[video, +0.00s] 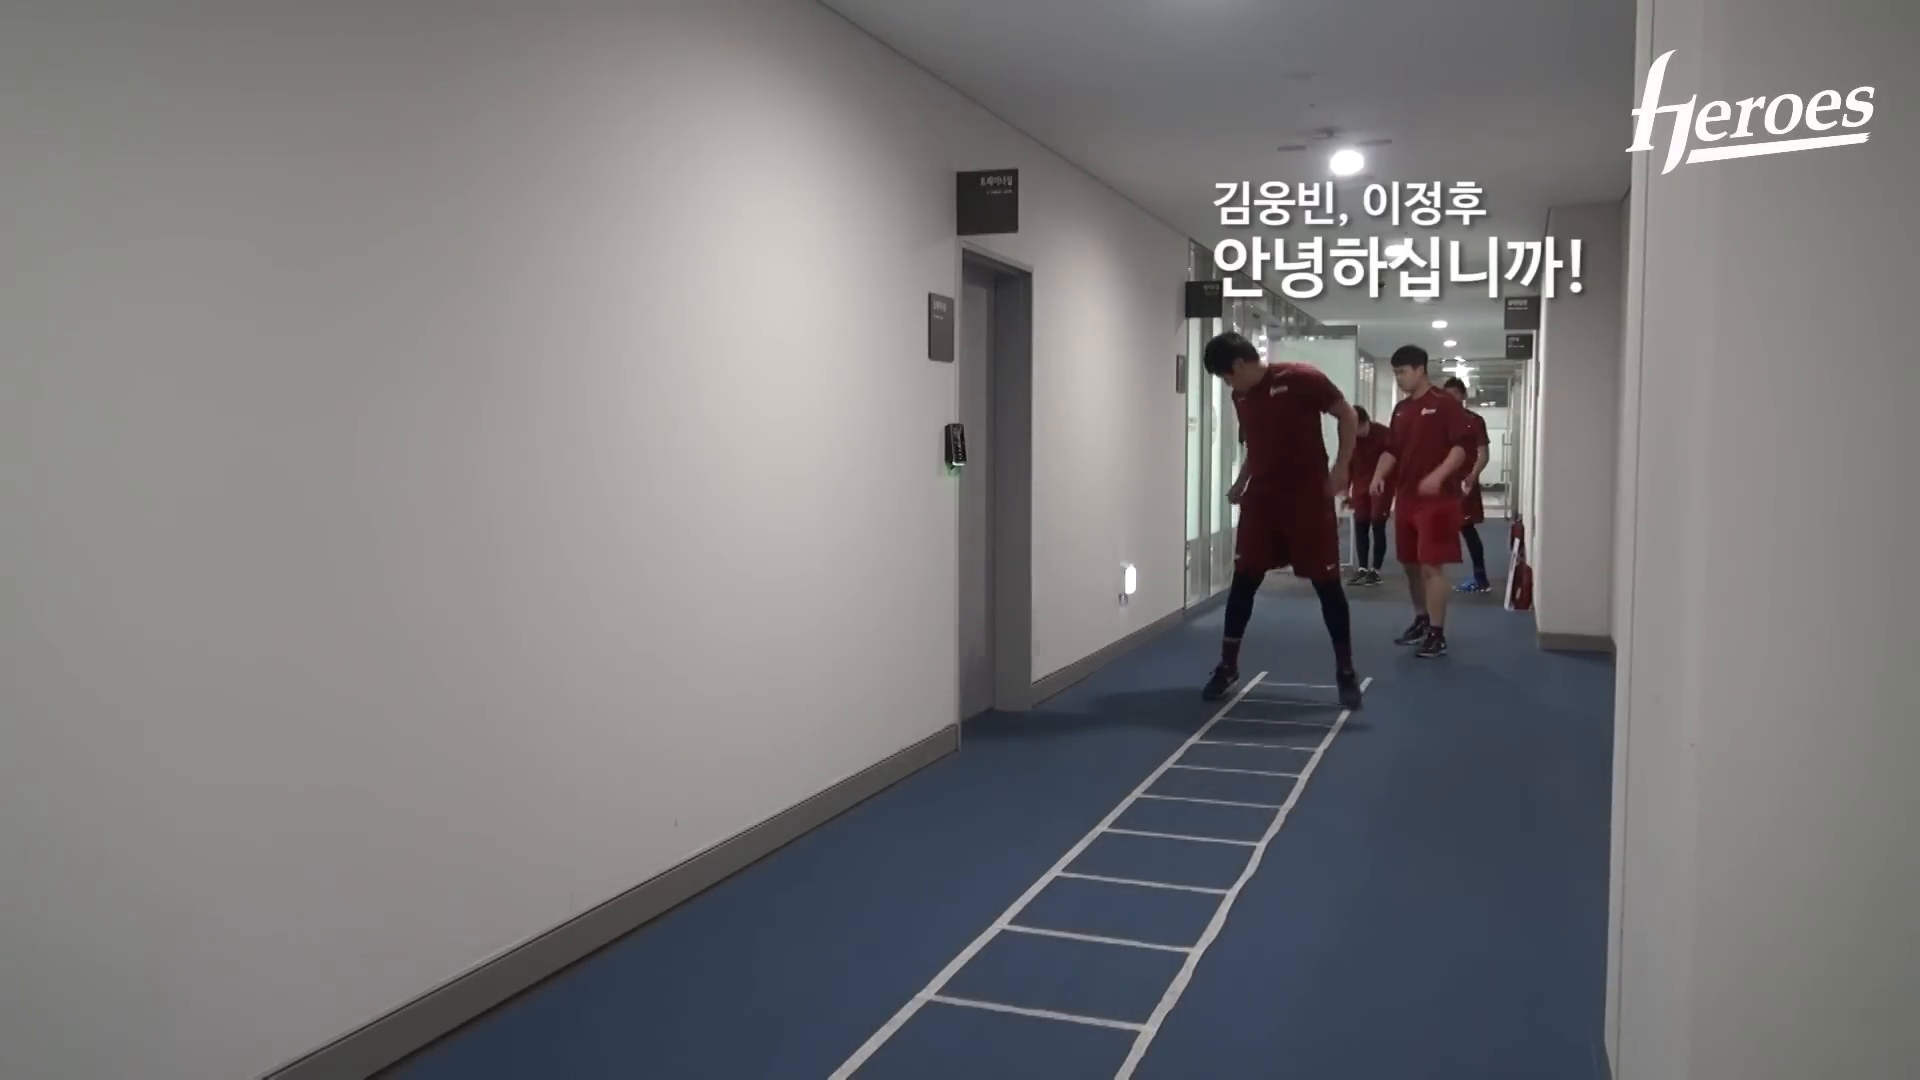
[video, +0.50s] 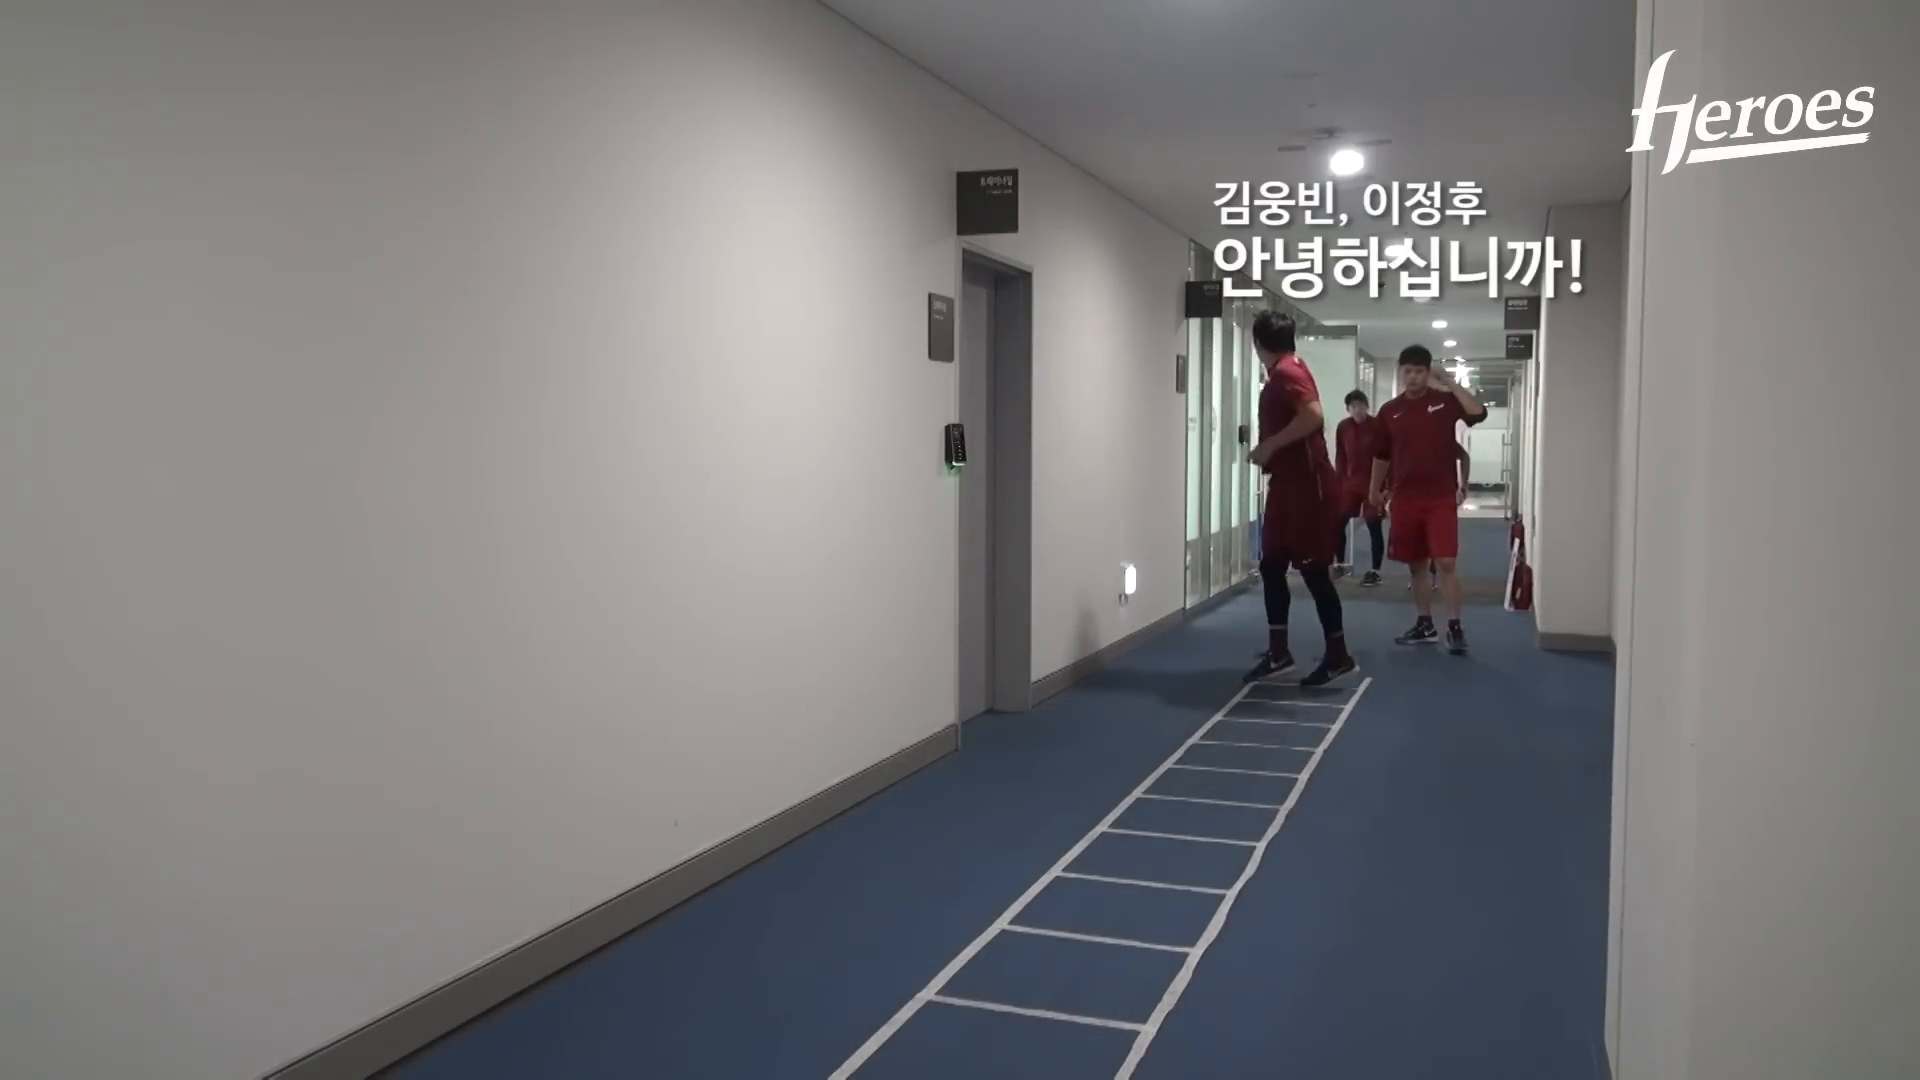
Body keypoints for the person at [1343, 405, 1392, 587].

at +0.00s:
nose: (1358, 432)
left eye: (1360, 427)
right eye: (1354, 428)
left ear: (1366, 421)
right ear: (1351, 426)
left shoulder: (1384, 434)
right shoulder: (1351, 437)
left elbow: (1394, 461)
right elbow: (1347, 464)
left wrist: (1393, 488)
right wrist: (1345, 490)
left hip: (1381, 488)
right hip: (1360, 488)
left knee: (1378, 528)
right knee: (1361, 528)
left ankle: (1375, 569)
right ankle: (1362, 568)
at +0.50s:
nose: (1355, 410)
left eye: (1358, 405)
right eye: (1352, 406)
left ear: (1366, 406)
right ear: (1348, 409)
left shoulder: (1378, 425)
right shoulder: (1344, 427)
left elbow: (1385, 457)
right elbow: (1340, 455)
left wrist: (1386, 486)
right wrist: (1339, 479)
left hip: (1372, 486)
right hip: (1349, 485)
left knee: (1375, 527)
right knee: (1338, 523)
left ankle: (1375, 569)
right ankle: (1340, 563)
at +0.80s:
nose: (1342, 406)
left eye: (1345, 401)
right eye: (1338, 402)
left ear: (1351, 402)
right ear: (1332, 405)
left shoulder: (1365, 426)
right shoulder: (1327, 427)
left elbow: (1375, 457)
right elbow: (1318, 452)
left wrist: (1372, 483)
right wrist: (1322, 477)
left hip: (1358, 484)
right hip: (1334, 484)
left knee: (1363, 526)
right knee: (1328, 527)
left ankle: (1373, 568)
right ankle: (1322, 568)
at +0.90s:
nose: (1337, 408)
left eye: (1340, 403)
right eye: (1333, 404)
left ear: (1345, 404)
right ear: (1326, 406)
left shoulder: (1359, 427)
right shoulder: (1322, 428)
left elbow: (1367, 457)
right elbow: (1316, 454)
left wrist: (1363, 481)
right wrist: (1319, 477)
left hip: (1353, 482)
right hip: (1330, 482)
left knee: (1358, 524)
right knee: (1326, 525)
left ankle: (1369, 567)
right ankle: (1323, 566)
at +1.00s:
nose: (1328, 413)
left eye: (1330, 408)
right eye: (1324, 409)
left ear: (1338, 407)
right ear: (1321, 410)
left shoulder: (1355, 428)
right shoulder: (1319, 429)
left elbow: (1361, 459)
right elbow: (1314, 456)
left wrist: (1355, 483)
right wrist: (1318, 477)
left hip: (1350, 484)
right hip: (1327, 484)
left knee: (1353, 526)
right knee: (1323, 528)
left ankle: (1359, 566)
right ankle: (1322, 568)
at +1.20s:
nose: (1324, 427)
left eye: (1326, 422)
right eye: (1321, 423)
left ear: (1334, 419)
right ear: (1319, 422)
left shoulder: (1352, 434)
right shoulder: (1319, 436)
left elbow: (1356, 467)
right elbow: (1316, 461)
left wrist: (1344, 489)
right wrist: (1315, 481)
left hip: (1346, 487)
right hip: (1326, 485)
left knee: (1344, 526)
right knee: (1323, 526)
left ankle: (1342, 565)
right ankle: (1323, 564)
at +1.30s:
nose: (1328, 436)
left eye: (1330, 432)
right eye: (1324, 432)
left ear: (1337, 426)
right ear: (1320, 430)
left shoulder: (1352, 438)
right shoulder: (1315, 441)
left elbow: (1356, 470)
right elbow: (1311, 468)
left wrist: (1342, 491)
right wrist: (1315, 490)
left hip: (1346, 491)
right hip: (1324, 490)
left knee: (1344, 527)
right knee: (1323, 528)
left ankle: (1342, 565)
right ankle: (1323, 565)